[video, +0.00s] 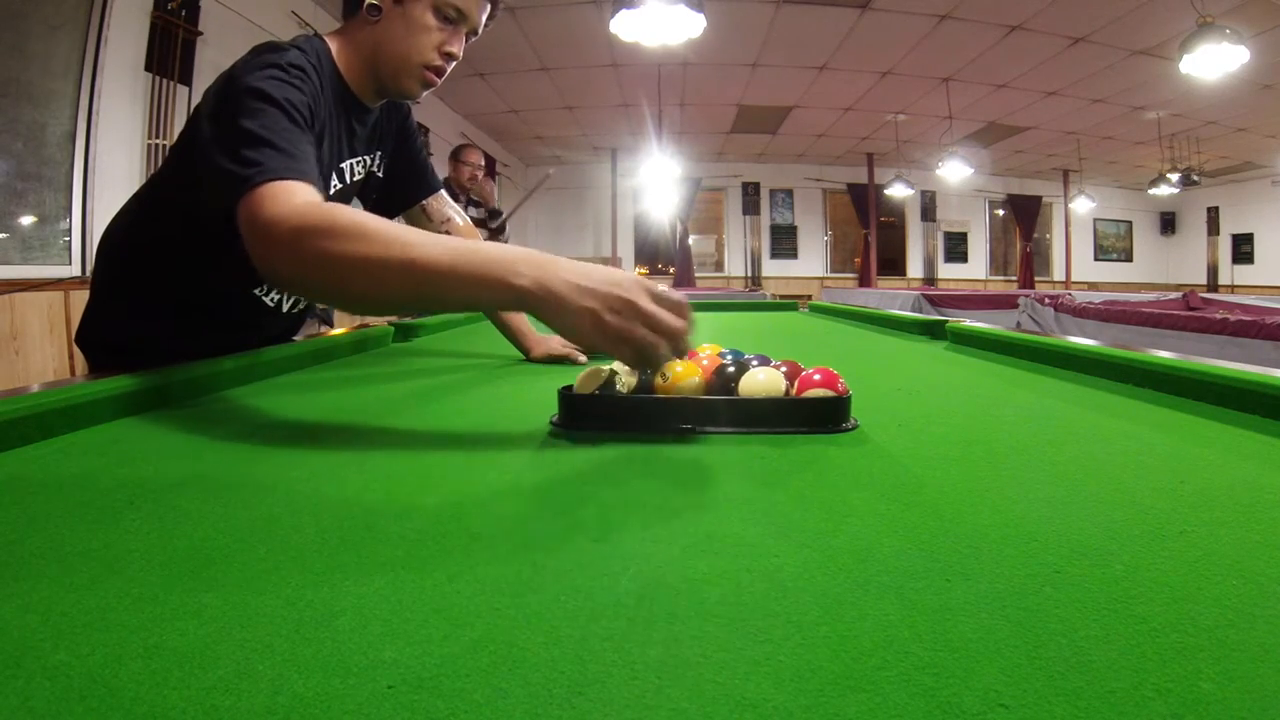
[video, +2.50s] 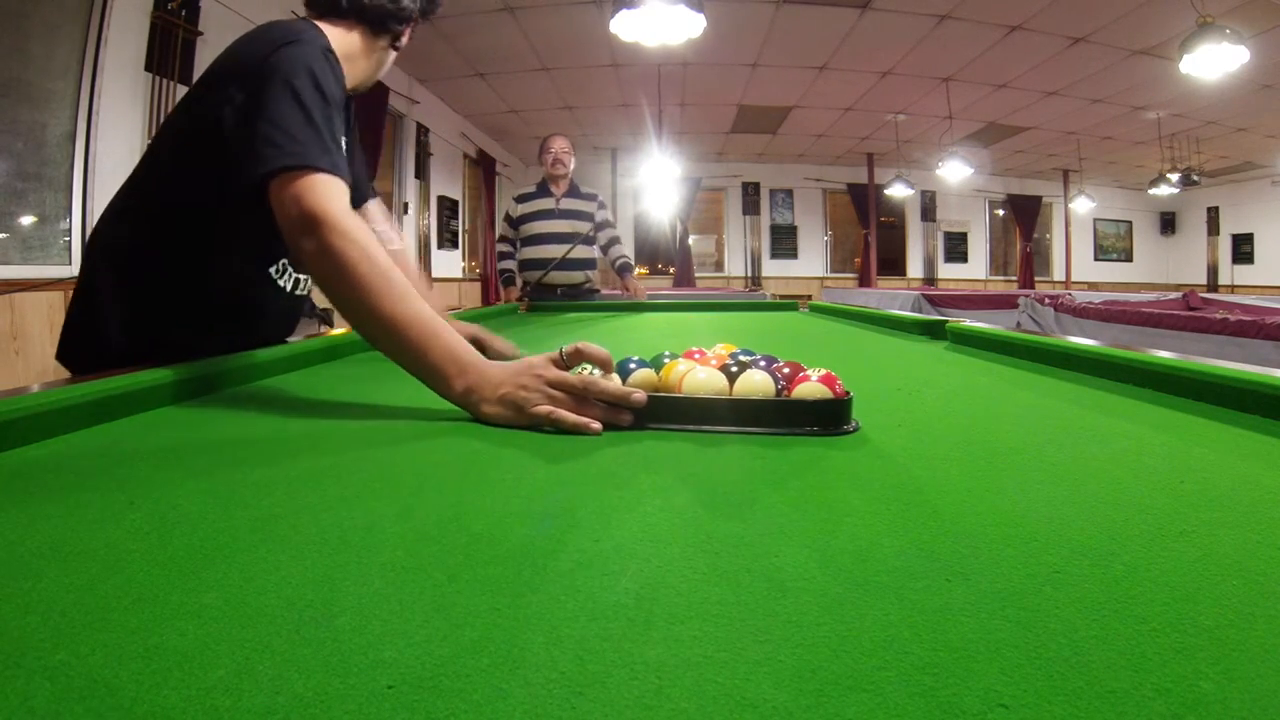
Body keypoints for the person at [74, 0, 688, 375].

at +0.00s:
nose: (458, 51)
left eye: (469, 38)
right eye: (446, 21)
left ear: (461, 47)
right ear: (379, 4)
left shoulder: (391, 117)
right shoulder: (276, 82)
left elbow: (448, 229)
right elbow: (284, 238)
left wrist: (526, 332)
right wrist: (537, 276)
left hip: (257, 332)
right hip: (150, 332)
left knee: (247, 517)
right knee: (143, 523)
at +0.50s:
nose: (462, 58)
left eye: (473, 42)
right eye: (453, 26)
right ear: (387, 7)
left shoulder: (392, 121)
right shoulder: (283, 86)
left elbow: (447, 230)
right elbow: (272, 277)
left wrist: (525, 338)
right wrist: (498, 357)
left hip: (252, 336)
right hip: (146, 340)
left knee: (240, 523)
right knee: (139, 538)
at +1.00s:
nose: (445, 46)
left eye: (458, 32)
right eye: (432, 17)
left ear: (457, 40)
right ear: (363, 3)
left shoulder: (386, 117)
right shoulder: (269, 92)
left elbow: (443, 229)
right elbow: (296, 276)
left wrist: (530, 341)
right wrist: (505, 381)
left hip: (253, 329)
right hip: (151, 335)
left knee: (249, 511)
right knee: (149, 525)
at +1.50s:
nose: (447, 44)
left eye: (458, 30)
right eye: (430, 15)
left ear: (463, 40)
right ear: (363, 7)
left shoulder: (391, 120)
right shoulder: (269, 97)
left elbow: (448, 230)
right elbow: (285, 287)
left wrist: (526, 339)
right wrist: (476, 374)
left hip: (264, 338)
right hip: (157, 343)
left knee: (241, 524)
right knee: (141, 535)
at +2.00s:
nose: (447, 48)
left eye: (458, 35)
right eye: (433, 20)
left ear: (459, 45)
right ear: (367, 6)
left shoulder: (390, 122)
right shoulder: (271, 94)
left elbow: (446, 231)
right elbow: (293, 272)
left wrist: (528, 339)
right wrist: (474, 383)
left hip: (265, 336)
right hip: (157, 341)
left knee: (246, 523)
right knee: (143, 533)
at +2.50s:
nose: (400, 60)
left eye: (405, 43)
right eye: (409, 41)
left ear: (327, 10)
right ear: (400, 34)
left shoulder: (328, 96)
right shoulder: (295, 55)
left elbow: (372, 232)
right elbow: (315, 227)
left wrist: (465, 340)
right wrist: (473, 381)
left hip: (235, 346)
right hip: (149, 352)